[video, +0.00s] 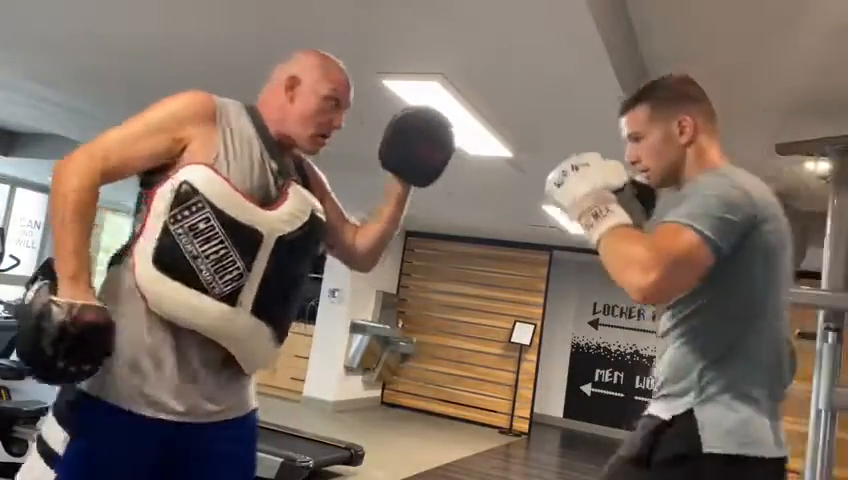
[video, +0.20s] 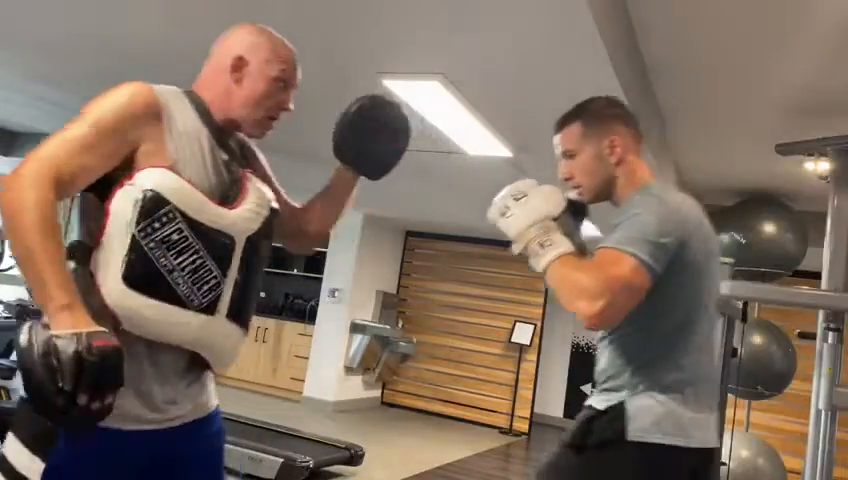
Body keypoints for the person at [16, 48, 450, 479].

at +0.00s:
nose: (340, 121)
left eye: (345, 111)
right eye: (332, 103)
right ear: (285, 89)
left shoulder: (307, 179)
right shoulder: (201, 115)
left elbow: (361, 251)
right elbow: (77, 169)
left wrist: (401, 185)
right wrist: (75, 291)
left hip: (224, 418)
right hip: (126, 404)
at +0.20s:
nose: (289, 105)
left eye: (293, 92)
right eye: (283, 82)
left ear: (240, 73)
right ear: (238, 67)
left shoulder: (248, 157)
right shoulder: (144, 106)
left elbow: (304, 233)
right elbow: (27, 185)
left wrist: (354, 161)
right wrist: (66, 313)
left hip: (194, 416)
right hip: (107, 417)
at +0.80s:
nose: (304, 128)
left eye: (308, 117)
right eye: (304, 111)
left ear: (268, 96)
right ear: (274, 93)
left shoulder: (248, 175)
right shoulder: (191, 109)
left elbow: (266, 237)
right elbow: (90, 172)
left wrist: (320, 194)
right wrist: (107, 325)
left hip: (177, 412)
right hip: (102, 408)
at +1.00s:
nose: (325, 137)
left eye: (329, 126)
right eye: (324, 121)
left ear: (295, 105)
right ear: (298, 103)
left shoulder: (275, 183)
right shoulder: (230, 111)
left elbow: (291, 241)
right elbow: (140, 161)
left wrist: (343, 198)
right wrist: (166, 299)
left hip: (196, 392)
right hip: (137, 378)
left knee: (187, 473)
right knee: (104, 474)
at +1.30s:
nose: (324, 135)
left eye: (328, 123)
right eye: (325, 118)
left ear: (294, 102)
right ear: (301, 102)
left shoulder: (270, 166)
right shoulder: (237, 114)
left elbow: (248, 230)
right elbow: (180, 182)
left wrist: (320, 227)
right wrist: (239, 308)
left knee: (199, 469)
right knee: (122, 471)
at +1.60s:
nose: (307, 98)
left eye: (311, 84)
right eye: (308, 80)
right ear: (281, 62)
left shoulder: (236, 122)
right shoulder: (213, 94)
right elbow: (173, 209)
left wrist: (291, 216)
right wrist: (247, 347)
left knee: (160, 463)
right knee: (134, 465)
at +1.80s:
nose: (304, 95)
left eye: (310, 80)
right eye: (307, 76)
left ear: (239, 47)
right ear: (283, 57)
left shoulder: (197, 91)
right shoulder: (221, 91)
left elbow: (236, 174)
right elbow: (193, 217)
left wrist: (311, 146)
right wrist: (258, 368)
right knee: (141, 467)